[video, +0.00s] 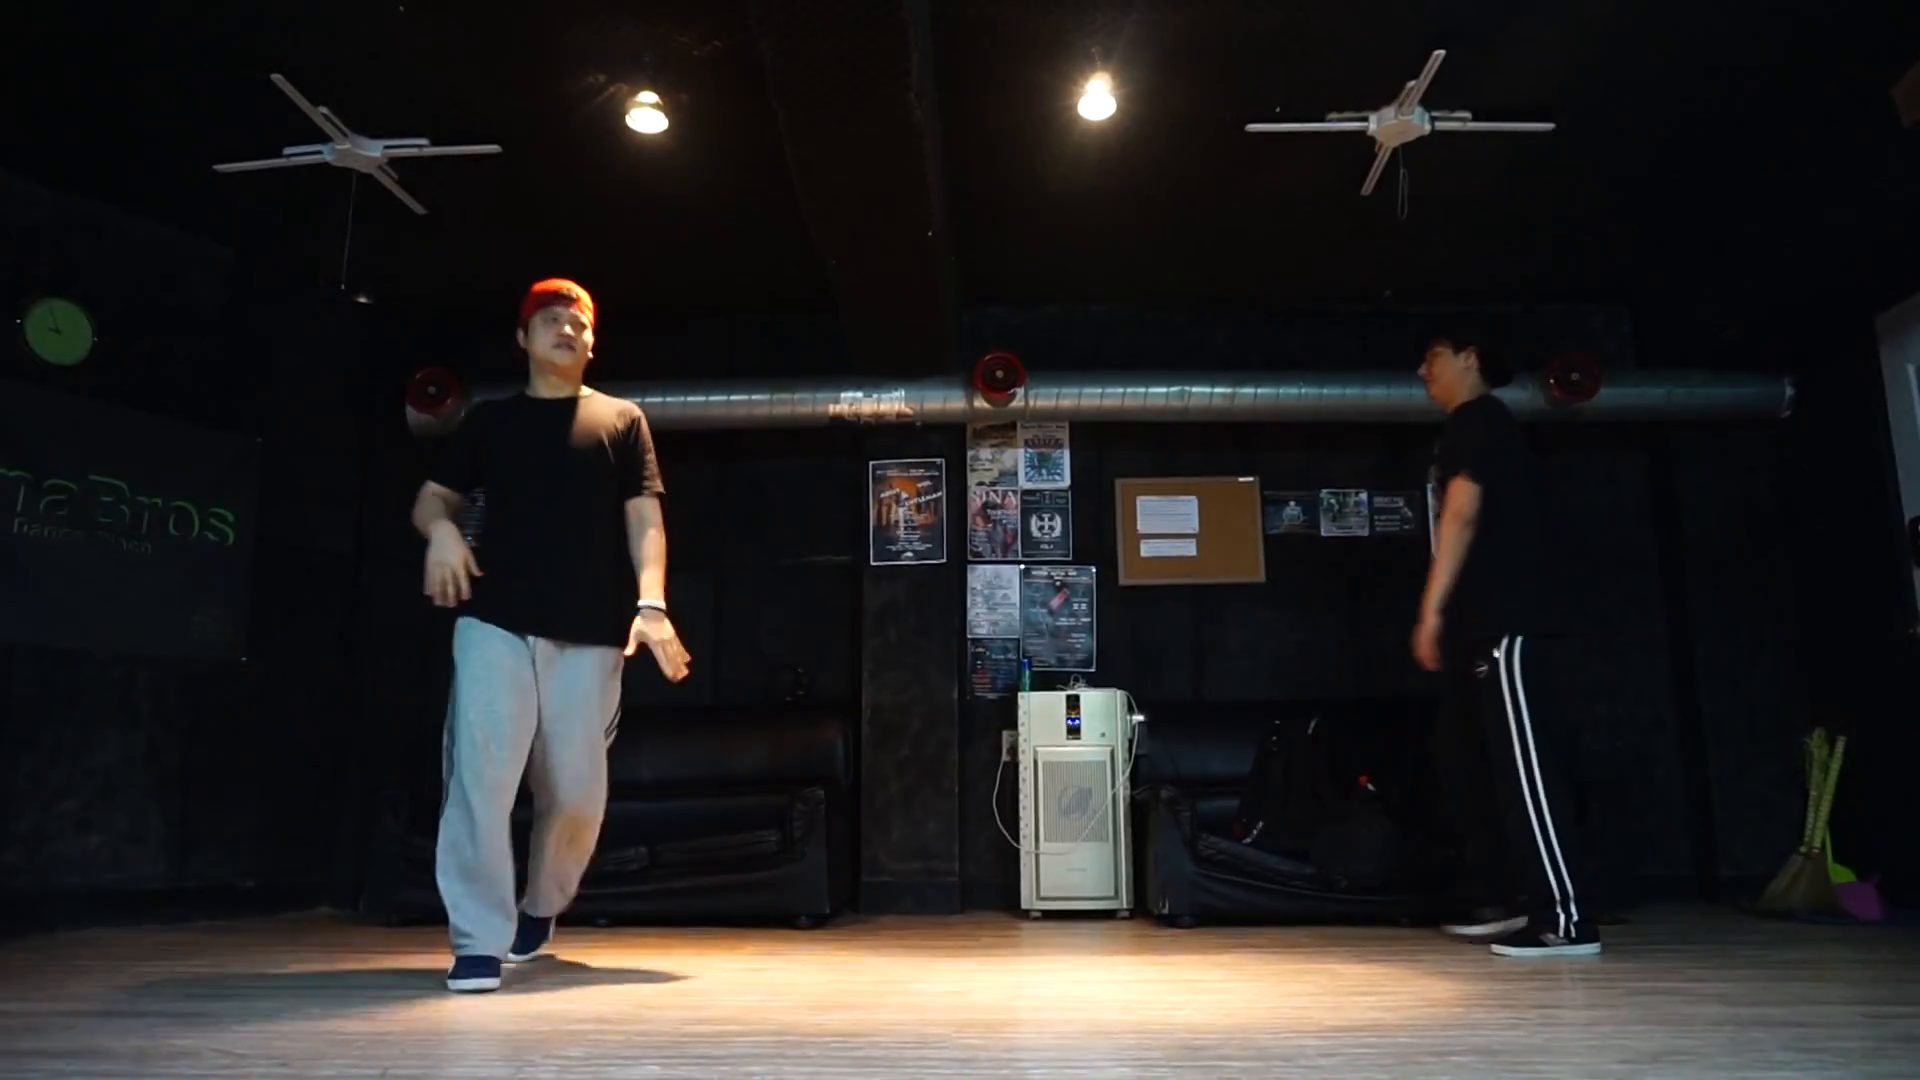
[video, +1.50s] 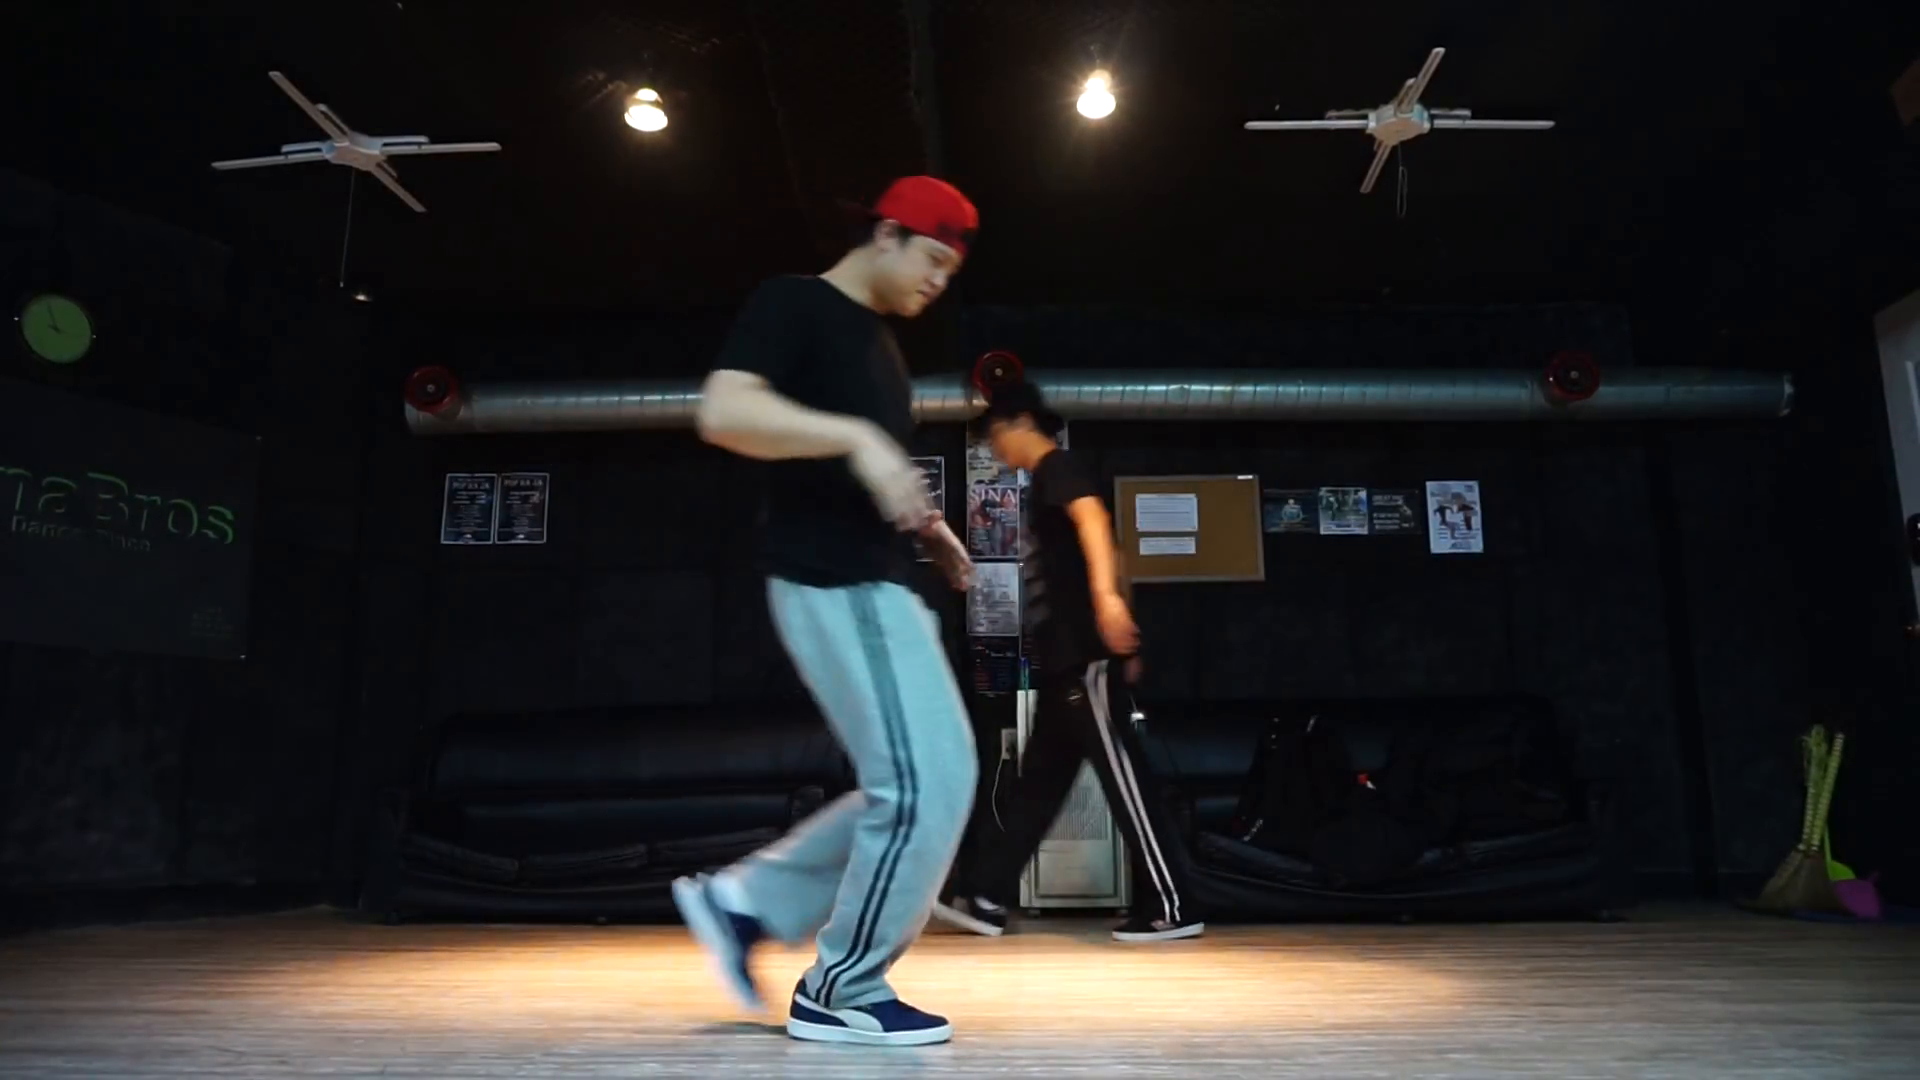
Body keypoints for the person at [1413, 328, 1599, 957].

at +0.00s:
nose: (1425, 372)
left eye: (1435, 359)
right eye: (1425, 361)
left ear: (1469, 361)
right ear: (1464, 363)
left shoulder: (1478, 422)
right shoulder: (1472, 424)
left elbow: (1460, 514)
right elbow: (1473, 525)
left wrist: (1432, 610)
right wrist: (1459, 613)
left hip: (1506, 620)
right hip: (1489, 622)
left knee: (1525, 773)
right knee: (1494, 771)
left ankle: (1565, 921)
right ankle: (1519, 904)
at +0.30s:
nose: (1339, 410)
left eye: (1347, 396)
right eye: (1339, 399)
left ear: (1381, 392)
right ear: (1384, 394)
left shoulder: (1399, 449)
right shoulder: (1420, 448)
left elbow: (1389, 538)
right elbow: (1438, 545)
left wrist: (1348, 625)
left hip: (1439, 635)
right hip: (1427, 636)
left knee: (1479, 773)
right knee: (1400, 772)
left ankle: (1563, 918)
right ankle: (1379, 908)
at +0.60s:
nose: (1279, 404)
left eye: (1287, 391)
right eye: (1279, 393)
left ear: (1321, 392)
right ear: (1315, 395)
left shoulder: (1333, 448)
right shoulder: (1323, 455)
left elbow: (1327, 517)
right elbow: (1327, 541)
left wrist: (1262, 579)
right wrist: (1284, 590)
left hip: (1345, 626)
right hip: (1332, 625)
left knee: (1321, 755)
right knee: (1316, 759)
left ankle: (1411, 883)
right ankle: (1370, 901)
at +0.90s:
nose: (1195, 431)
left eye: (1202, 418)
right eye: (1193, 420)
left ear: (1235, 411)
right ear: (1224, 418)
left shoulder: (1260, 470)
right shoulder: (1253, 472)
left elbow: (1222, 557)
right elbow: (1215, 565)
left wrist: (1144, 567)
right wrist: (1150, 565)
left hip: (1265, 648)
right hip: (1273, 646)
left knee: (1230, 776)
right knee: (1316, 774)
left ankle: (1181, 908)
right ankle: (1370, 904)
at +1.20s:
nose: (1084, 441)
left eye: (1087, 428)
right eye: (1081, 430)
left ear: (1117, 416)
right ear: (1115, 419)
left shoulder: (1150, 470)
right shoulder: (1145, 469)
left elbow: (1154, 558)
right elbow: (1152, 559)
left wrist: (1161, 642)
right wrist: (1158, 644)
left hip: (1167, 652)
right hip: (1156, 650)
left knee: (1160, 783)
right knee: (1160, 779)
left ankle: (1171, 912)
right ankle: (1252, 848)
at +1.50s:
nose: (996, 451)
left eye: (997, 437)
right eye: (992, 440)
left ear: (1021, 426)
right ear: (1023, 429)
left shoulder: (1060, 470)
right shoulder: (1046, 480)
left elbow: (1095, 526)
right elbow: (1091, 562)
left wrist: (1106, 598)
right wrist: (1121, 640)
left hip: (1084, 651)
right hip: (1063, 655)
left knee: (1125, 779)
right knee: (1039, 781)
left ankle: (1170, 908)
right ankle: (985, 895)